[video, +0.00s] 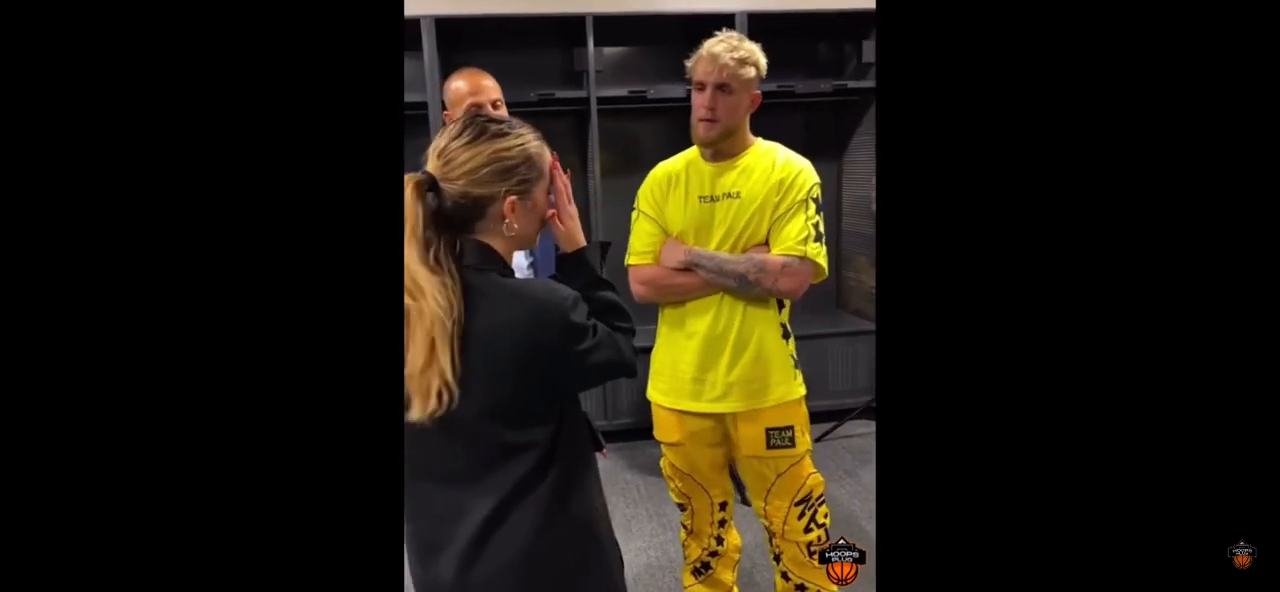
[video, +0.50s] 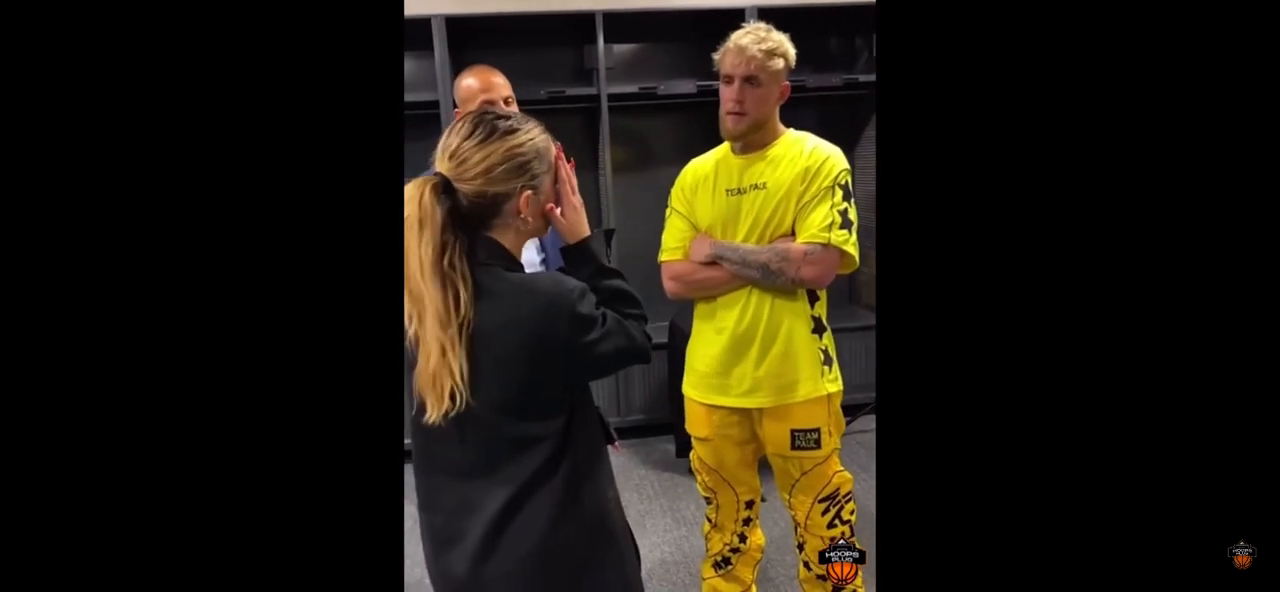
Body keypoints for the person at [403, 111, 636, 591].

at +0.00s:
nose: (551, 208)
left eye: (550, 194)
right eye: (544, 195)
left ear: (448, 203)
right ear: (509, 209)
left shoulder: (414, 296)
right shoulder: (540, 308)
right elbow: (618, 349)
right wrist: (577, 254)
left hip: (439, 558)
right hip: (541, 560)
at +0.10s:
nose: (555, 206)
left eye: (554, 193)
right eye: (549, 195)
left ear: (456, 200)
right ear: (518, 207)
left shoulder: (416, 293)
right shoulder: (540, 306)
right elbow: (621, 348)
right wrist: (578, 252)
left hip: (443, 553)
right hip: (542, 557)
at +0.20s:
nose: (557, 203)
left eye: (556, 190)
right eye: (551, 191)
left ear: (457, 199)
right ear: (519, 205)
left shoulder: (418, 293)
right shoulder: (543, 304)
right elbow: (624, 346)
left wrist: (570, 431)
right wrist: (579, 251)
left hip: (447, 556)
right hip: (546, 559)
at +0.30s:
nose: (557, 202)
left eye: (556, 189)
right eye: (552, 190)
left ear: (458, 198)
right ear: (522, 203)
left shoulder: (419, 293)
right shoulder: (547, 303)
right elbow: (626, 342)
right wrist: (581, 249)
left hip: (451, 552)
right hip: (549, 557)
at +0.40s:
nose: (557, 197)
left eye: (555, 185)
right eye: (551, 186)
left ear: (459, 197)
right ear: (525, 204)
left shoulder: (419, 293)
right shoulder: (549, 302)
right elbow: (629, 337)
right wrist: (581, 247)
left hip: (453, 548)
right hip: (550, 553)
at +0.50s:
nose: (557, 196)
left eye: (554, 184)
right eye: (550, 186)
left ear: (459, 198)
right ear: (524, 203)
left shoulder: (422, 290)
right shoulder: (549, 301)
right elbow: (631, 334)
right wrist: (581, 246)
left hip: (455, 541)